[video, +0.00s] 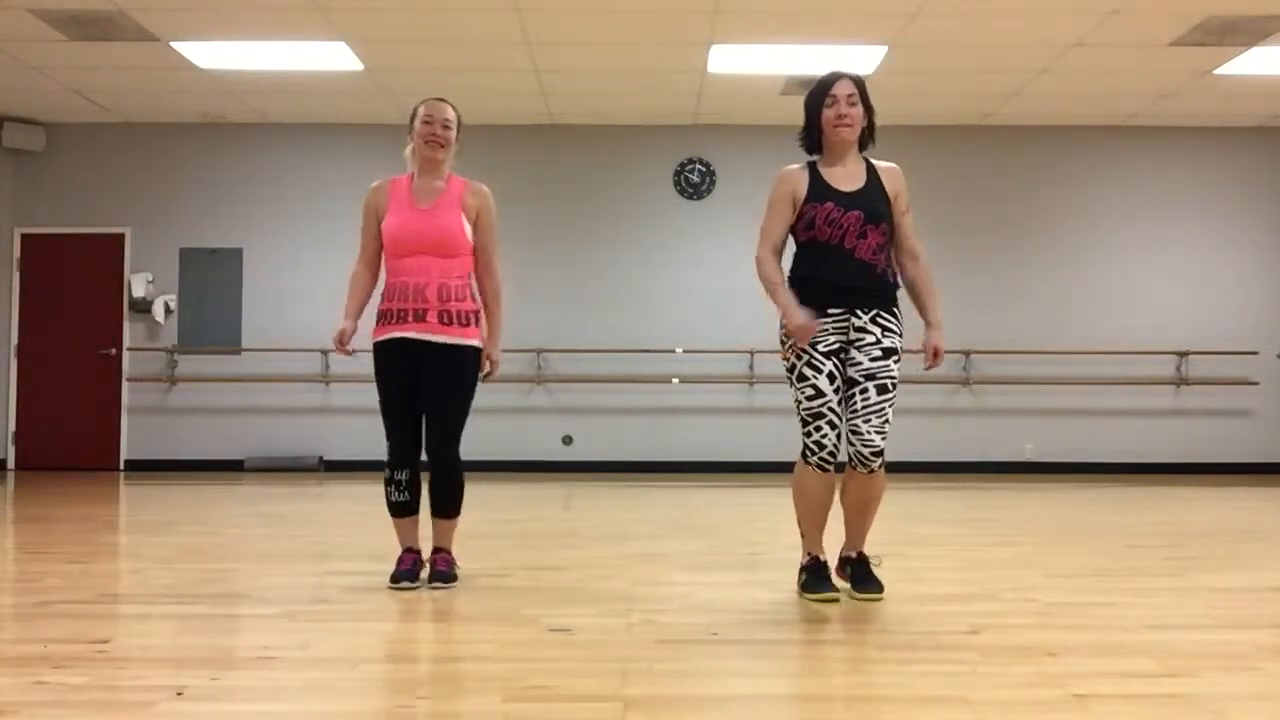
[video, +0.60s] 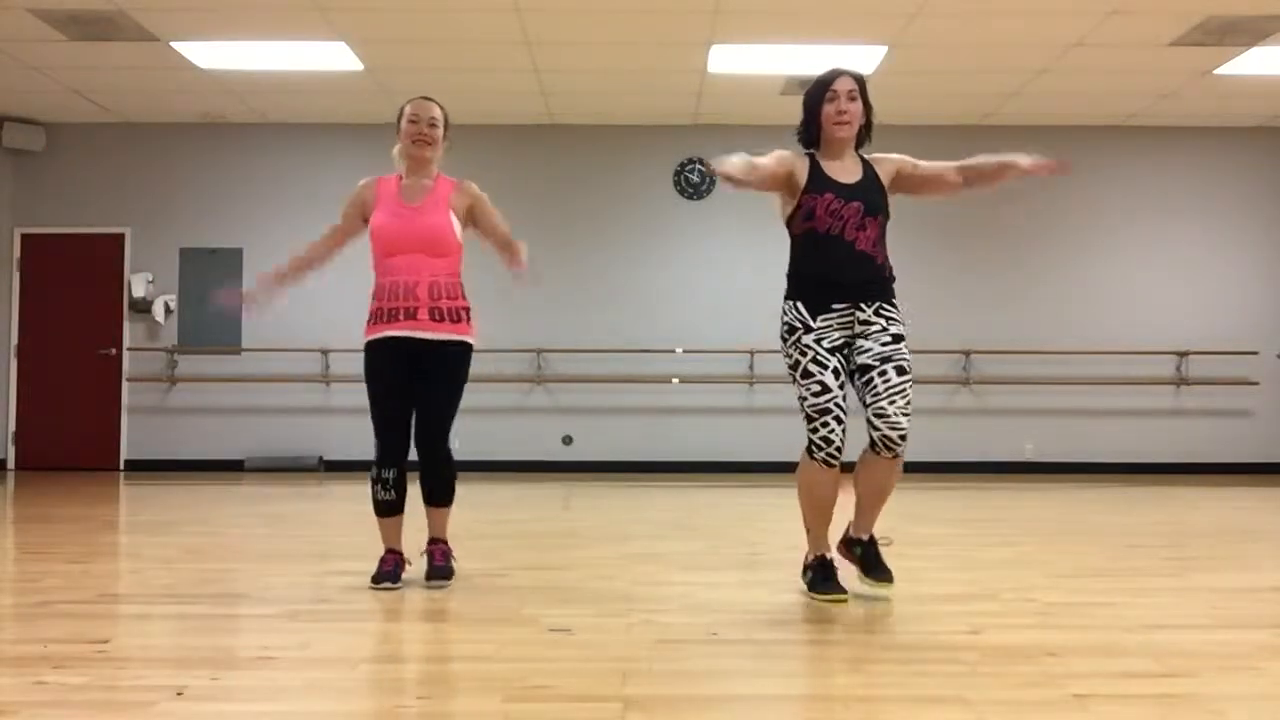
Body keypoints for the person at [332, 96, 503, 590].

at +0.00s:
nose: (436, 130)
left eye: (445, 124)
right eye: (428, 122)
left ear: (456, 140)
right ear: (410, 134)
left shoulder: (475, 198)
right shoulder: (382, 195)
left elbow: (488, 272)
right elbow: (367, 265)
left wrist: (494, 338)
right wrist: (350, 317)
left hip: (457, 339)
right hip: (396, 337)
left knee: (443, 448)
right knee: (402, 448)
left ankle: (443, 552)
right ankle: (409, 551)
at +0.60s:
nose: (422, 128)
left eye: (432, 123)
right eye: (413, 120)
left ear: (444, 138)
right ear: (397, 132)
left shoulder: (463, 194)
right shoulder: (373, 192)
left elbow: (505, 241)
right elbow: (326, 246)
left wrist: (515, 255)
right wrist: (276, 279)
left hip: (447, 336)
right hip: (388, 335)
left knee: (433, 441)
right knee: (390, 447)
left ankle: (438, 544)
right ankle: (392, 552)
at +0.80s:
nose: (422, 132)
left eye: (432, 126)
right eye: (413, 125)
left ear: (445, 141)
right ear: (398, 139)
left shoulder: (463, 193)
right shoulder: (377, 192)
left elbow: (542, 201)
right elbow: (303, 218)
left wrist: (491, 189)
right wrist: (230, 232)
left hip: (448, 339)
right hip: (388, 337)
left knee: (431, 447)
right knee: (390, 448)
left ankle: (438, 550)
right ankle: (391, 553)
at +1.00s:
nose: (426, 125)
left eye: (436, 119)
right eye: (417, 118)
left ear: (449, 135)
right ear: (403, 133)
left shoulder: (470, 190)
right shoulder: (383, 187)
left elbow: (546, 188)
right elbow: (309, 212)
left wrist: (489, 182)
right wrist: (251, 233)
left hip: (452, 334)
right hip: (392, 331)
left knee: (442, 446)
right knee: (393, 444)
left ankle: (436, 551)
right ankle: (391, 552)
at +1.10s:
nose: (427, 126)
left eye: (436, 120)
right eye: (418, 119)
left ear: (449, 136)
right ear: (403, 133)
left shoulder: (470, 190)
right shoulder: (383, 187)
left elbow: (547, 184)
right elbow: (310, 206)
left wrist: (488, 179)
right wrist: (250, 218)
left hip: (453, 334)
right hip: (393, 332)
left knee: (444, 448)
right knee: (392, 443)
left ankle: (437, 551)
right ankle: (391, 543)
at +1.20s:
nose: (426, 128)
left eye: (436, 123)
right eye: (418, 121)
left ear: (449, 138)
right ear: (403, 134)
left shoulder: (466, 192)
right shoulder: (381, 188)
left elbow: (543, 191)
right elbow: (310, 206)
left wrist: (495, 187)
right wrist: (249, 219)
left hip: (452, 336)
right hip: (393, 334)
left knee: (445, 447)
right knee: (394, 443)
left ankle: (437, 550)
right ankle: (390, 540)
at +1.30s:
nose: (425, 132)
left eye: (435, 126)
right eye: (416, 125)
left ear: (448, 141)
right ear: (402, 138)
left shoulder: (463, 197)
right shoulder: (377, 192)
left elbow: (541, 198)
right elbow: (306, 208)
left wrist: (488, 195)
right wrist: (248, 221)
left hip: (450, 342)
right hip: (390, 341)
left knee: (445, 451)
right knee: (393, 454)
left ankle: (437, 551)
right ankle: (396, 551)